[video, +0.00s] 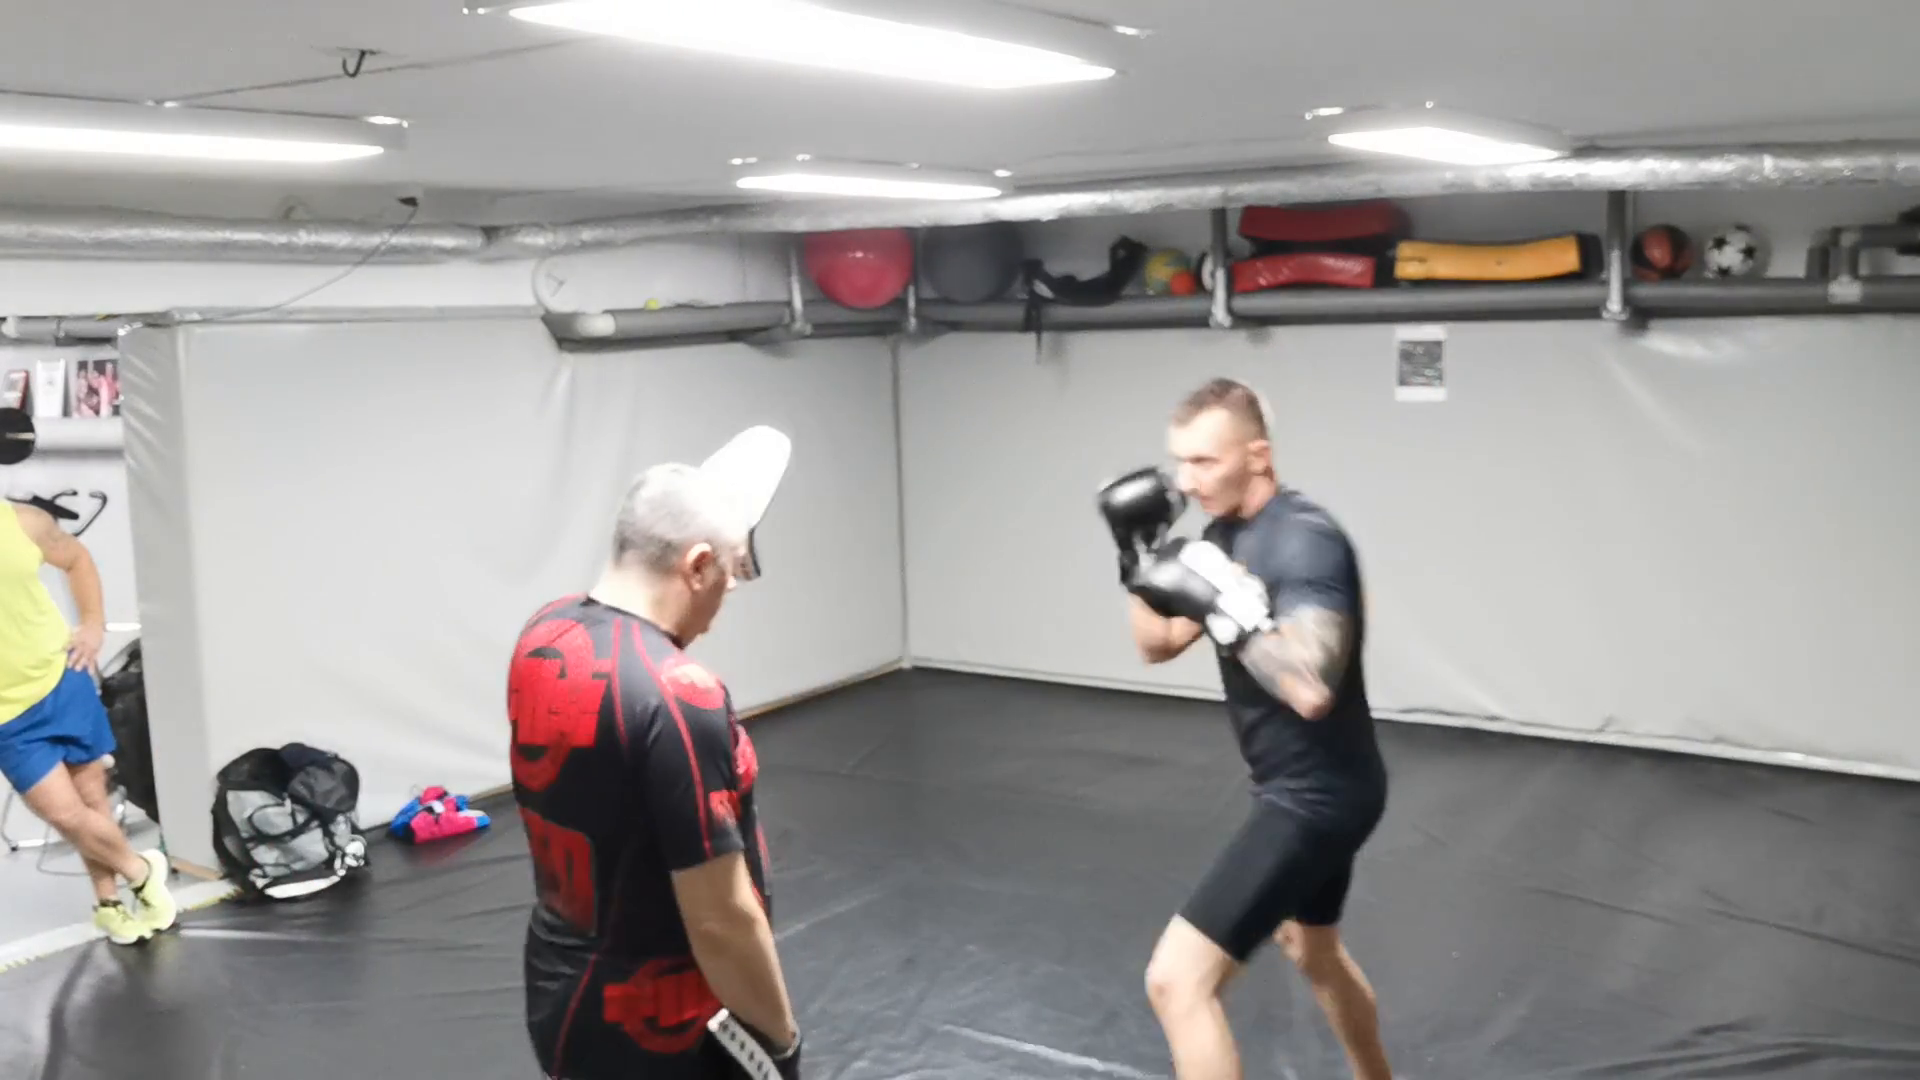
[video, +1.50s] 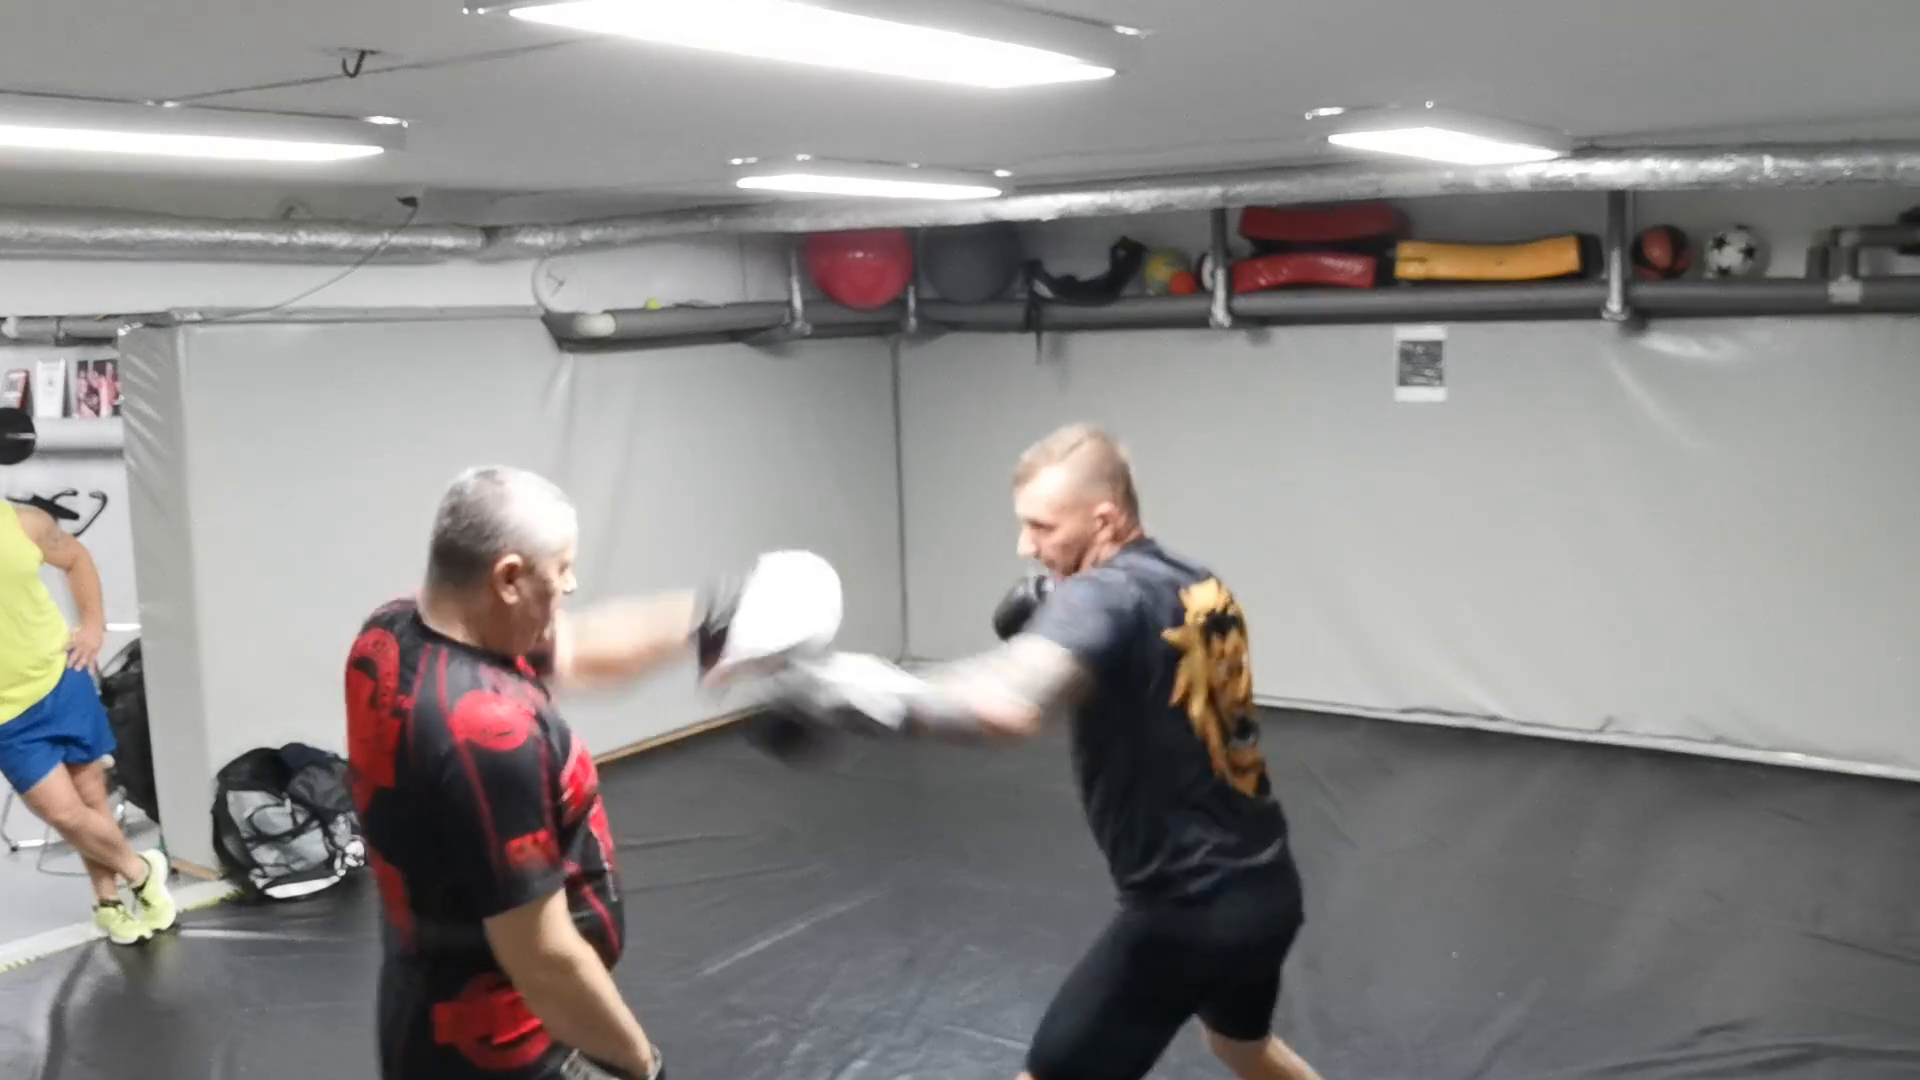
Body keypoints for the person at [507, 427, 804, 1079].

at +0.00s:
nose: (727, 595)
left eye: (736, 576)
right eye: (732, 573)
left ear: (627, 547)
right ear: (696, 565)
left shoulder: (544, 635)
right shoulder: (675, 697)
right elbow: (720, 917)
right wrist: (783, 1042)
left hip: (561, 977)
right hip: (662, 1022)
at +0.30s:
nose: (692, 571)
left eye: (692, 556)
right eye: (690, 556)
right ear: (652, 561)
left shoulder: (525, 606)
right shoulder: (621, 712)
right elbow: (667, 933)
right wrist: (750, 1035)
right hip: (628, 1028)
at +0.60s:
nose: (709, 588)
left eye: (712, 571)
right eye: (705, 570)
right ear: (658, 572)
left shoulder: (551, 631)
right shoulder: (571, 709)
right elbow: (571, 944)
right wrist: (659, 1068)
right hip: (541, 1049)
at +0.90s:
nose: (691, 590)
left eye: (693, 572)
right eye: (688, 571)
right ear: (639, 570)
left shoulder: (567, 646)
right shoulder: (541, 700)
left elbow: (638, 763)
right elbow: (543, 922)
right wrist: (635, 1065)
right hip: (518, 1047)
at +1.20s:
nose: (612, 598)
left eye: (620, 580)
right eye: (611, 579)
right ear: (563, 582)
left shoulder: (425, 645)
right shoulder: (518, 724)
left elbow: (556, 678)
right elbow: (570, 954)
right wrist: (661, 1063)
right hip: (532, 1045)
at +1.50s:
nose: (570, 589)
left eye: (569, 572)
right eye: (562, 574)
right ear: (508, 581)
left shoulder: (391, 635)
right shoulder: (488, 733)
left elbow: (576, 648)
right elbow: (542, 956)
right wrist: (643, 1062)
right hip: (512, 1048)